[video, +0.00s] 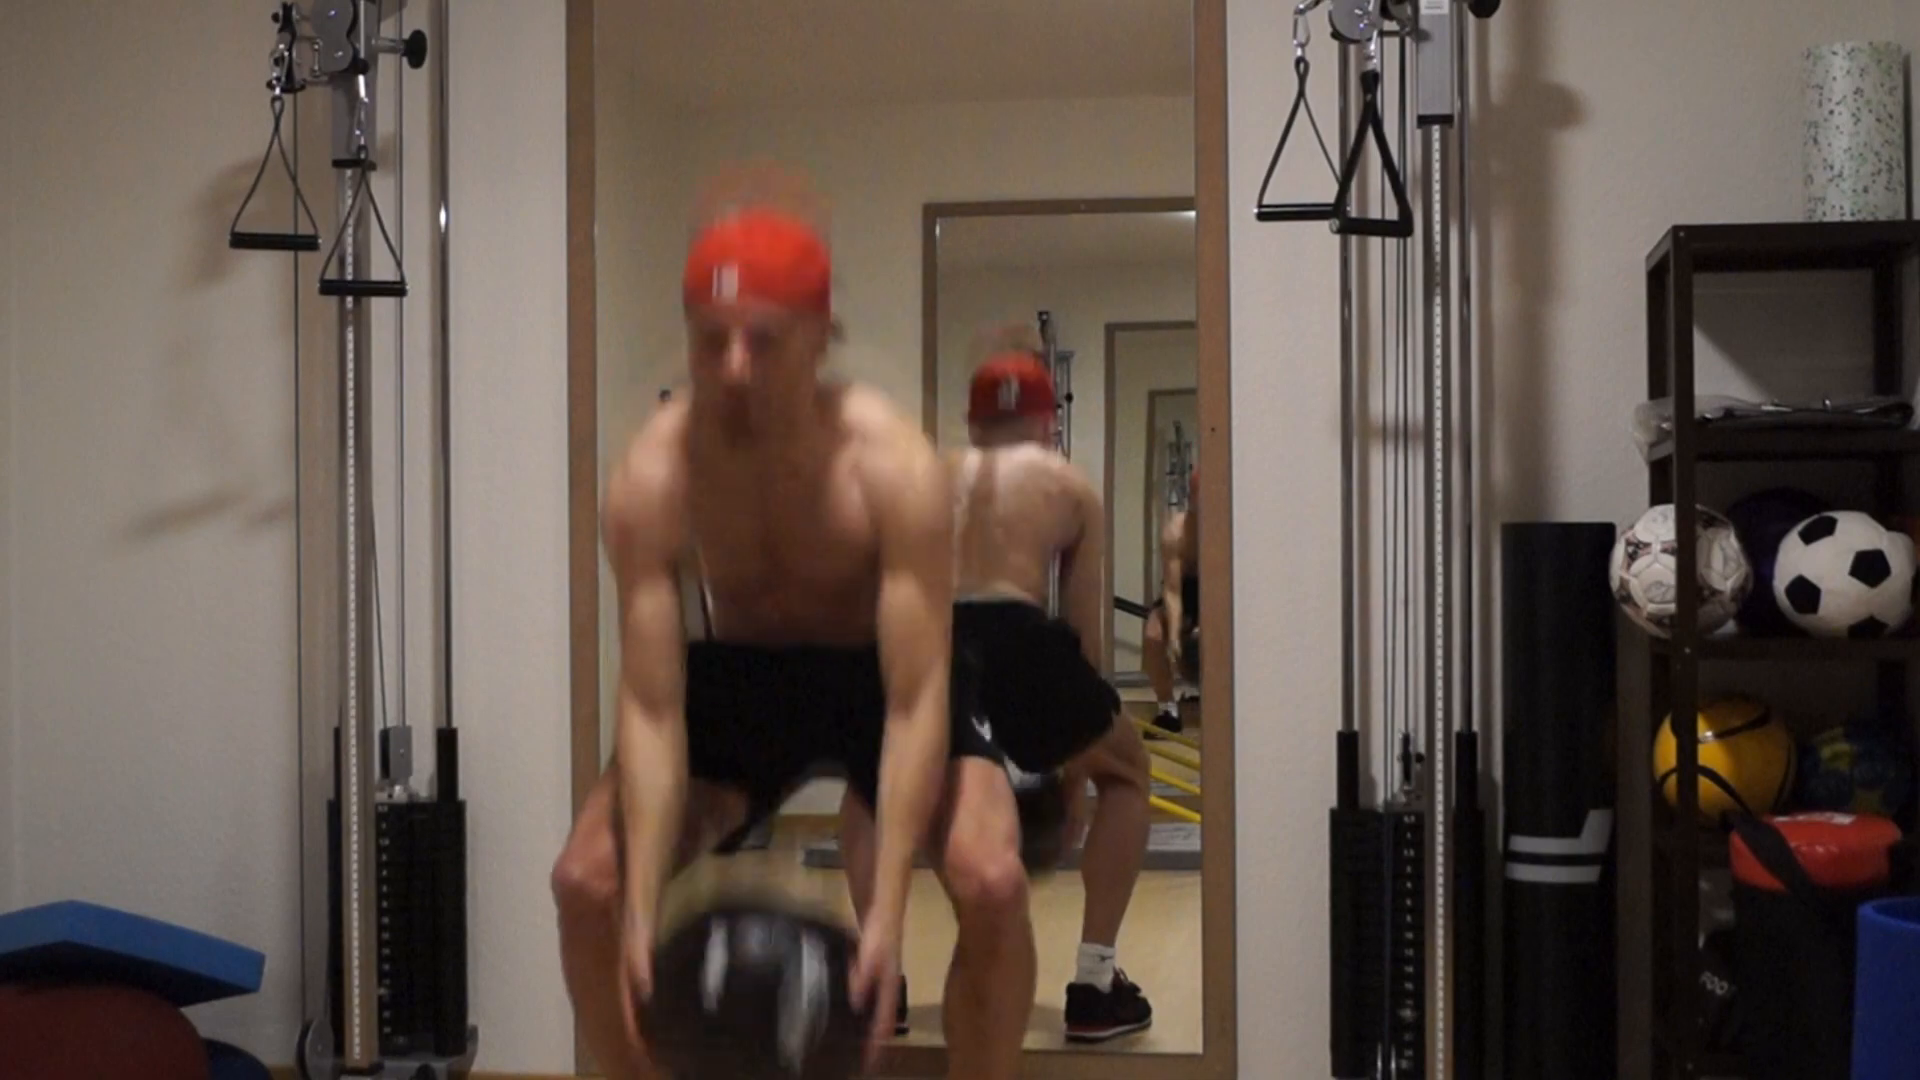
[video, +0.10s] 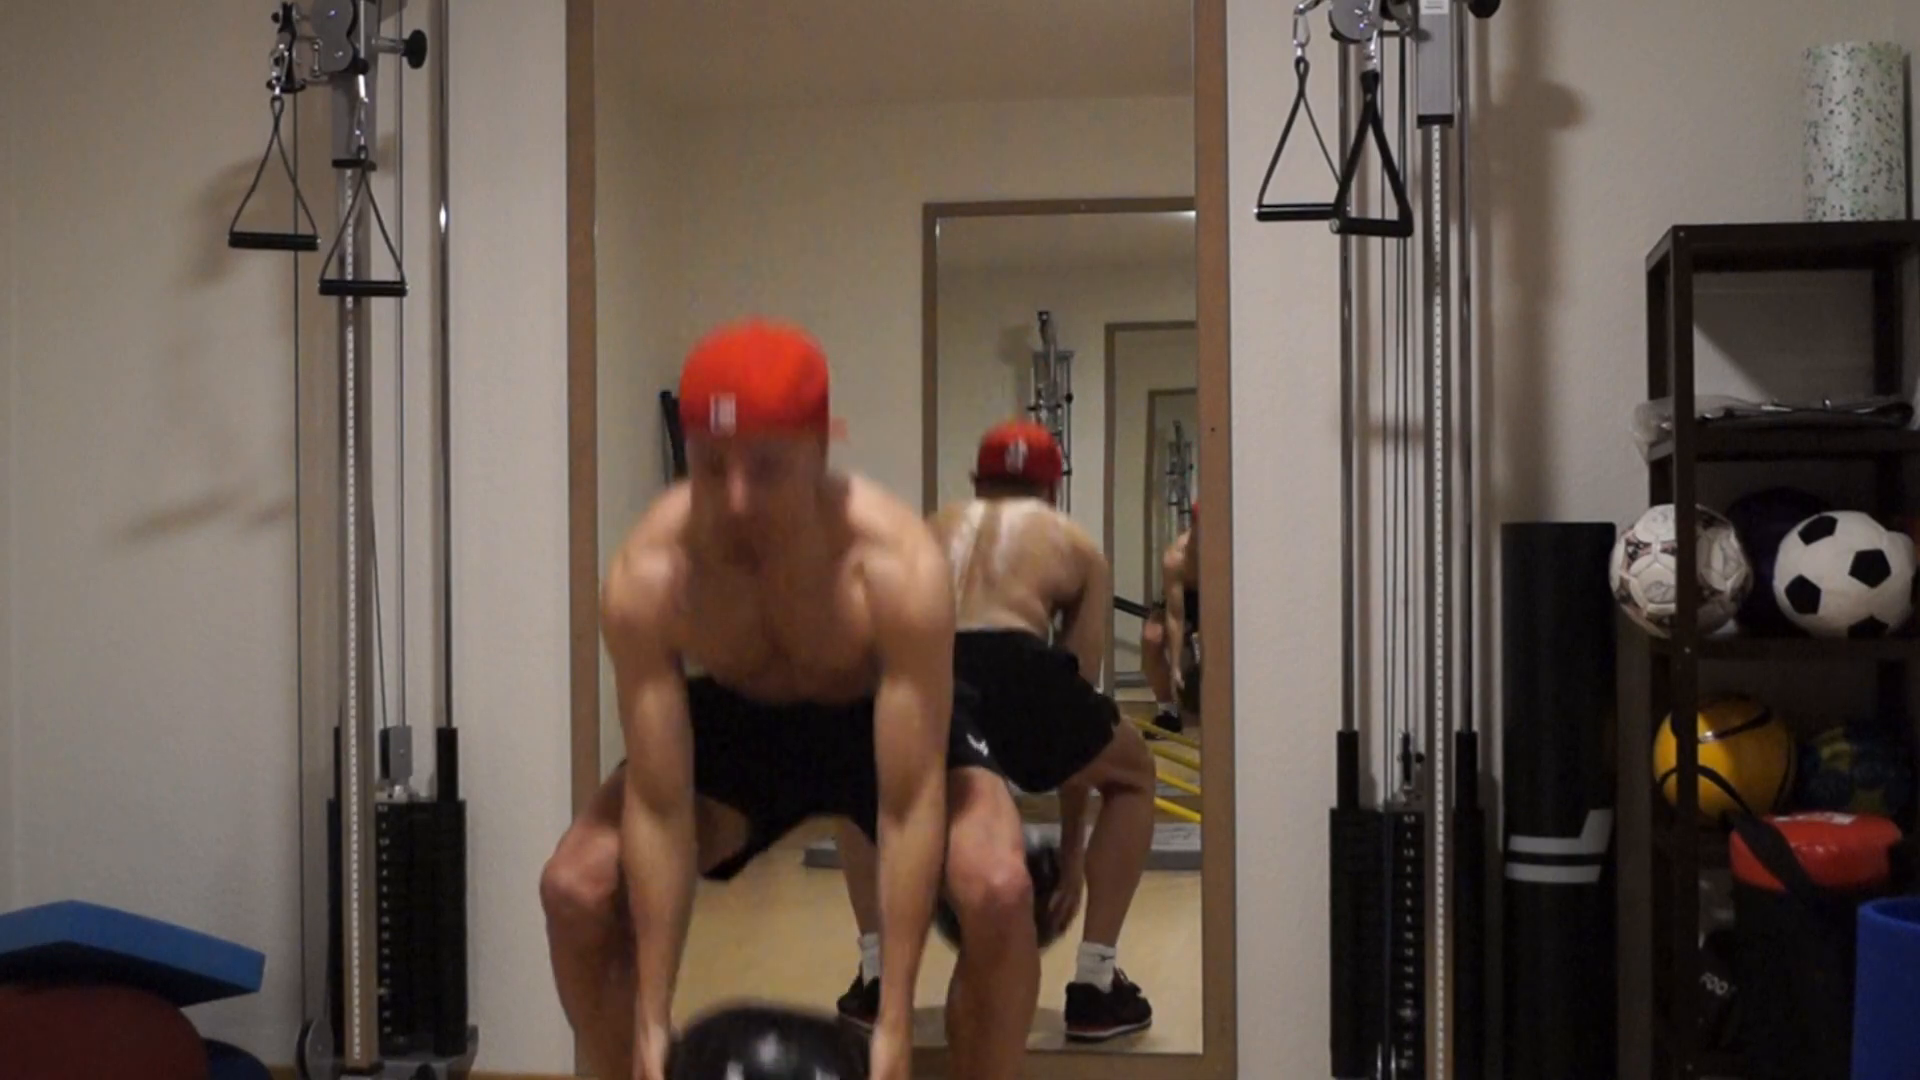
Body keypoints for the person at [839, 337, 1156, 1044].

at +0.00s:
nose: (1045, 421)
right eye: (1046, 411)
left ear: (972, 416)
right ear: (1045, 417)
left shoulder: (929, 474)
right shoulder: (1070, 486)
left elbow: (894, 598)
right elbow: (1086, 634)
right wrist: (1082, 748)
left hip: (922, 647)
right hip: (1019, 648)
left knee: (862, 799)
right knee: (1126, 771)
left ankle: (876, 975)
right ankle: (1096, 980)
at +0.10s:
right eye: (1055, 481)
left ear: (977, 478)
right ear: (1054, 482)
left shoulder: (934, 527)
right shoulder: (1079, 548)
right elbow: (1076, 706)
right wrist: (1069, 863)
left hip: (924, 677)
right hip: (1022, 684)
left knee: (855, 791)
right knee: (1131, 780)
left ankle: (875, 970)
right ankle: (1096, 981)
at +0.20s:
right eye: (1063, 546)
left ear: (984, 536)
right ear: (1060, 545)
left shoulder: (927, 580)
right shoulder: (1078, 595)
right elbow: (1078, 774)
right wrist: (1067, 901)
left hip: (918, 716)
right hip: (1022, 718)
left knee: (852, 798)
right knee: (1137, 781)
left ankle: (877, 972)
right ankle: (1095, 980)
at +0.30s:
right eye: (1063, 549)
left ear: (986, 537)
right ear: (1061, 547)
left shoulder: (925, 579)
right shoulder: (1082, 597)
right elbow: (1080, 769)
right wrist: (1066, 898)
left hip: (919, 712)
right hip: (1023, 712)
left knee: (861, 797)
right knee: (1138, 781)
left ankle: (876, 972)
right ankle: (1095, 979)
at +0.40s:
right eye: (1064, 488)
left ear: (987, 484)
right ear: (1061, 488)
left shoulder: (939, 525)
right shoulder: (1081, 544)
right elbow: (1084, 702)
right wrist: (1071, 848)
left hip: (930, 667)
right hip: (1032, 672)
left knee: (862, 792)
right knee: (1133, 781)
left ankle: (875, 971)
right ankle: (1096, 980)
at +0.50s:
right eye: (1063, 428)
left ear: (984, 427)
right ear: (1058, 430)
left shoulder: (936, 475)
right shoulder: (1084, 494)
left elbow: (899, 594)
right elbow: (1090, 639)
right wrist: (1076, 772)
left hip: (930, 633)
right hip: (1030, 638)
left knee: (871, 776)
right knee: (1124, 772)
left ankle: (873, 965)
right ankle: (1094, 979)